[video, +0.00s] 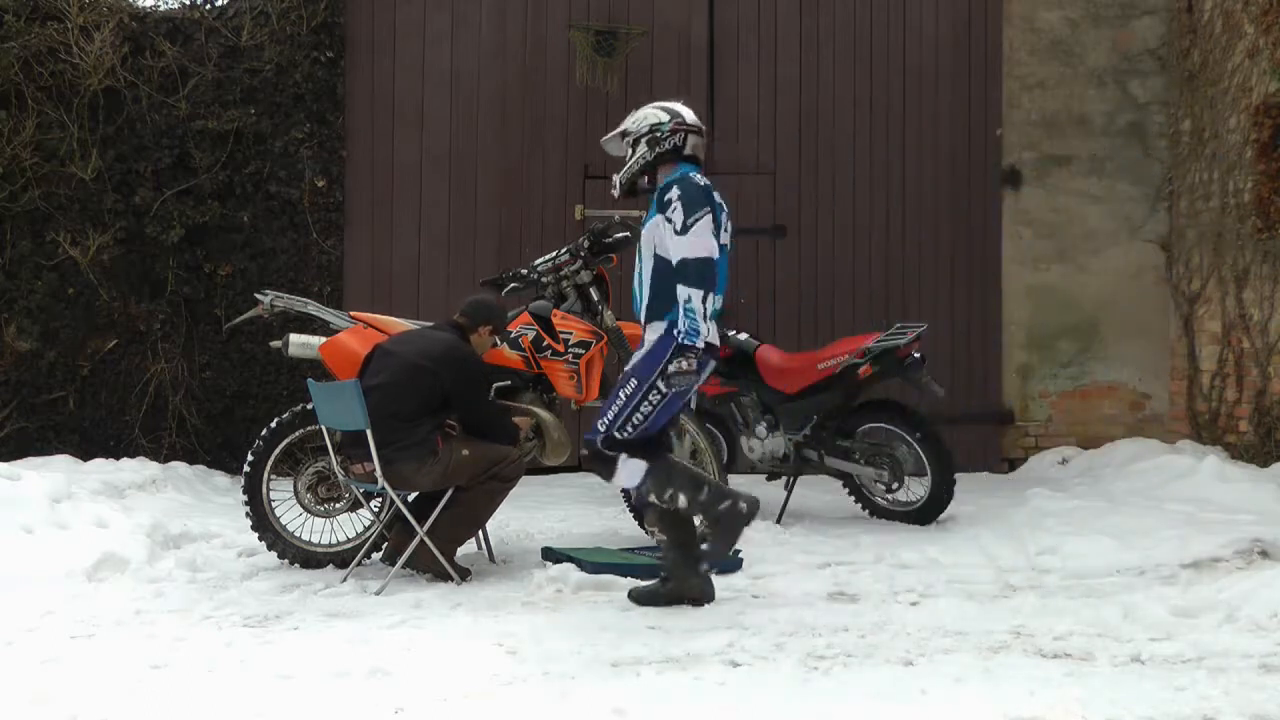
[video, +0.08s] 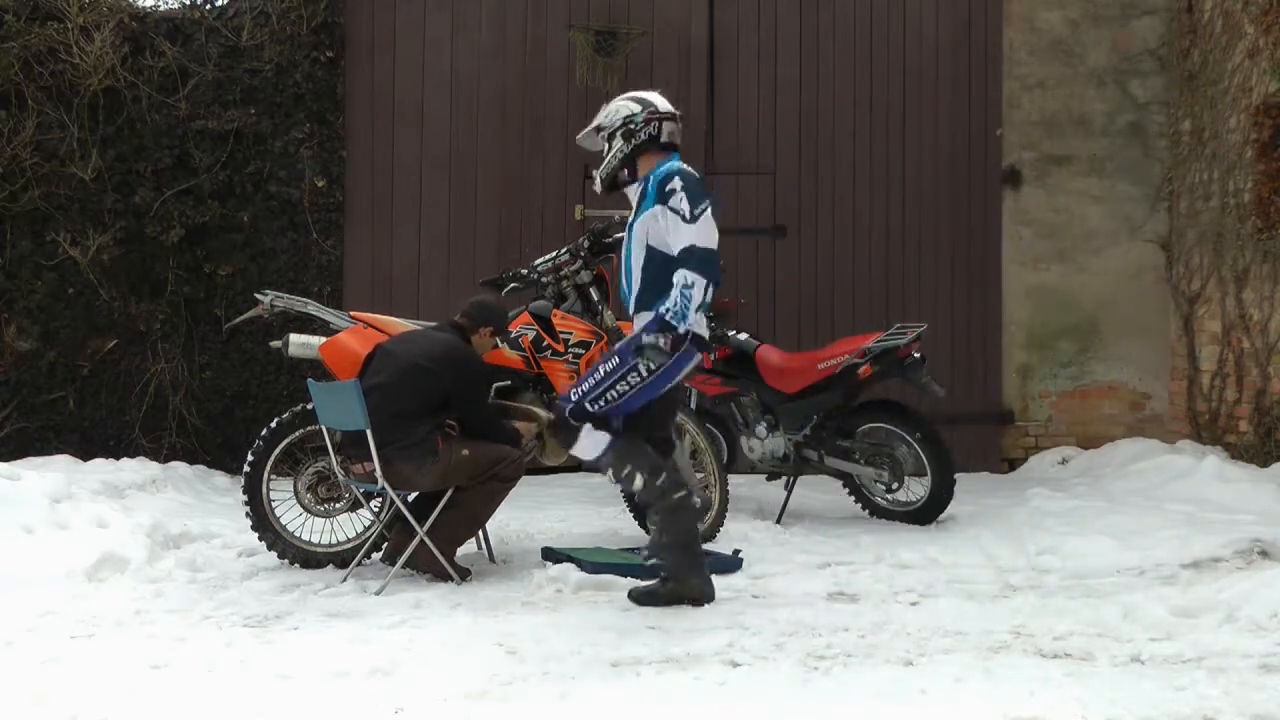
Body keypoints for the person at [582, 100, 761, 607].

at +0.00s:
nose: (626, 158)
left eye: (631, 147)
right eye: (626, 147)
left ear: (654, 143)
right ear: (674, 145)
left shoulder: (680, 190)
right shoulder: (703, 196)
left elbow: (695, 269)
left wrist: (687, 347)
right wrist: (629, 233)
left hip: (671, 346)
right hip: (689, 348)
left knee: (601, 448)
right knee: (647, 448)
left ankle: (718, 507)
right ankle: (684, 573)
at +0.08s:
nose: (604, 156)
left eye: (609, 142)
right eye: (604, 144)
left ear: (634, 136)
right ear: (648, 137)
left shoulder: (672, 182)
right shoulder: (658, 188)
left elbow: (698, 260)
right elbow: (660, 254)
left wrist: (667, 329)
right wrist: (614, 249)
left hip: (667, 334)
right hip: (668, 334)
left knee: (568, 414)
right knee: (651, 445)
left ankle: (653, 479)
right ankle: (685, 575)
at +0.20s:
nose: (578, 137)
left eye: (582, 125)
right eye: (577, 127)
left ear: (609, 119)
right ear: (618, 119)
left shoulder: (660, 166)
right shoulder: (616, 176)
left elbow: (692, 237)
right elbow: (596, 205)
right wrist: (547, 208)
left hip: (647, 309)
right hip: (627, 308)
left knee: (552, 411)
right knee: (652, 436)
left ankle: (610, 544)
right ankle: (687, 569)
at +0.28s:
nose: (562, 137)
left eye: (567, 126)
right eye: (561, 128)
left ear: (597, 122)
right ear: (600, 123)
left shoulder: (648, 171)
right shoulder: (602, 182)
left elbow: (654, 230)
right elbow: (575, 245)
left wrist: (607, 179)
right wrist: (534, 277)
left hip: (626, 317)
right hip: (604, 316)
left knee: (559, 439)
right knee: (618, 447)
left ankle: (603, 585)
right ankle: (681, 561)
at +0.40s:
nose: (535, 158)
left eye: (541, 147)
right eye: (535, 149)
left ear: (575, 140)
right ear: (569, 147)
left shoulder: (617, 183)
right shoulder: (577, 196)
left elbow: (582, 214)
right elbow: (573, 260)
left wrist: (561, 145)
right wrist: (539, 271)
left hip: (606, 327)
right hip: (582, 325)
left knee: (549, 451)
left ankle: (603, 586)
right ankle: (631, 511)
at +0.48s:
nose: (521, 153)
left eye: (524, 142)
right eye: (518, 144)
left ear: (546, 140)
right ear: (556, 142)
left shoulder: (590, 183)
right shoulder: (564, 183)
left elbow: (533, 204)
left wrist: (503, 132)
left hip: (591, 326)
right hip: (562, 323)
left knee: (543, 453)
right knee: (492, 426)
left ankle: (604, 587)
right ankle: (591, 489)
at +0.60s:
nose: (486, 144)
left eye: (489, 132)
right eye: (484, 134)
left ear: (511, 125)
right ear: (542, 122)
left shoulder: (534, 166)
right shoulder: (578, 170)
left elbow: (480, 199)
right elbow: (632, 244)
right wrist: (619, 304)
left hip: (564, 317)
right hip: (543, 316)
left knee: (541, 450)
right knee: (467, 410)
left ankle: (604, 586)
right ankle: (527, 526)